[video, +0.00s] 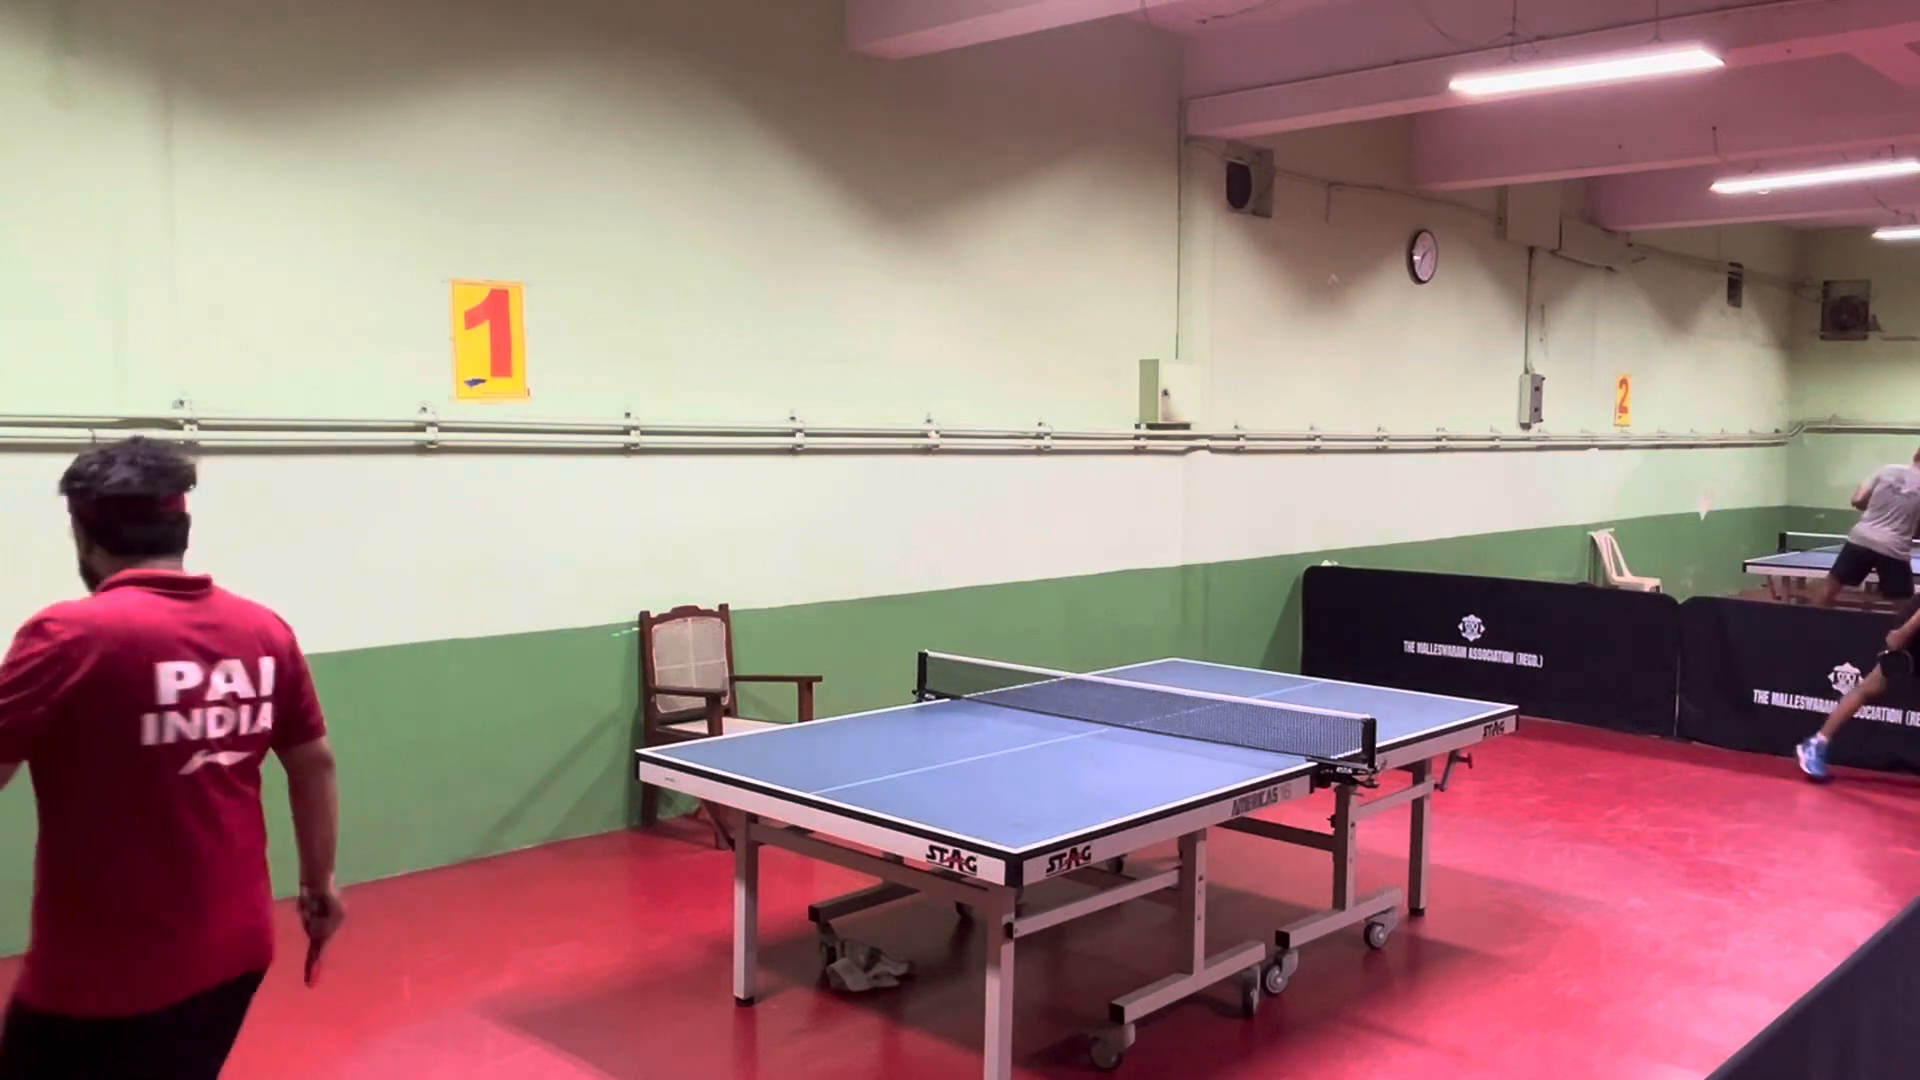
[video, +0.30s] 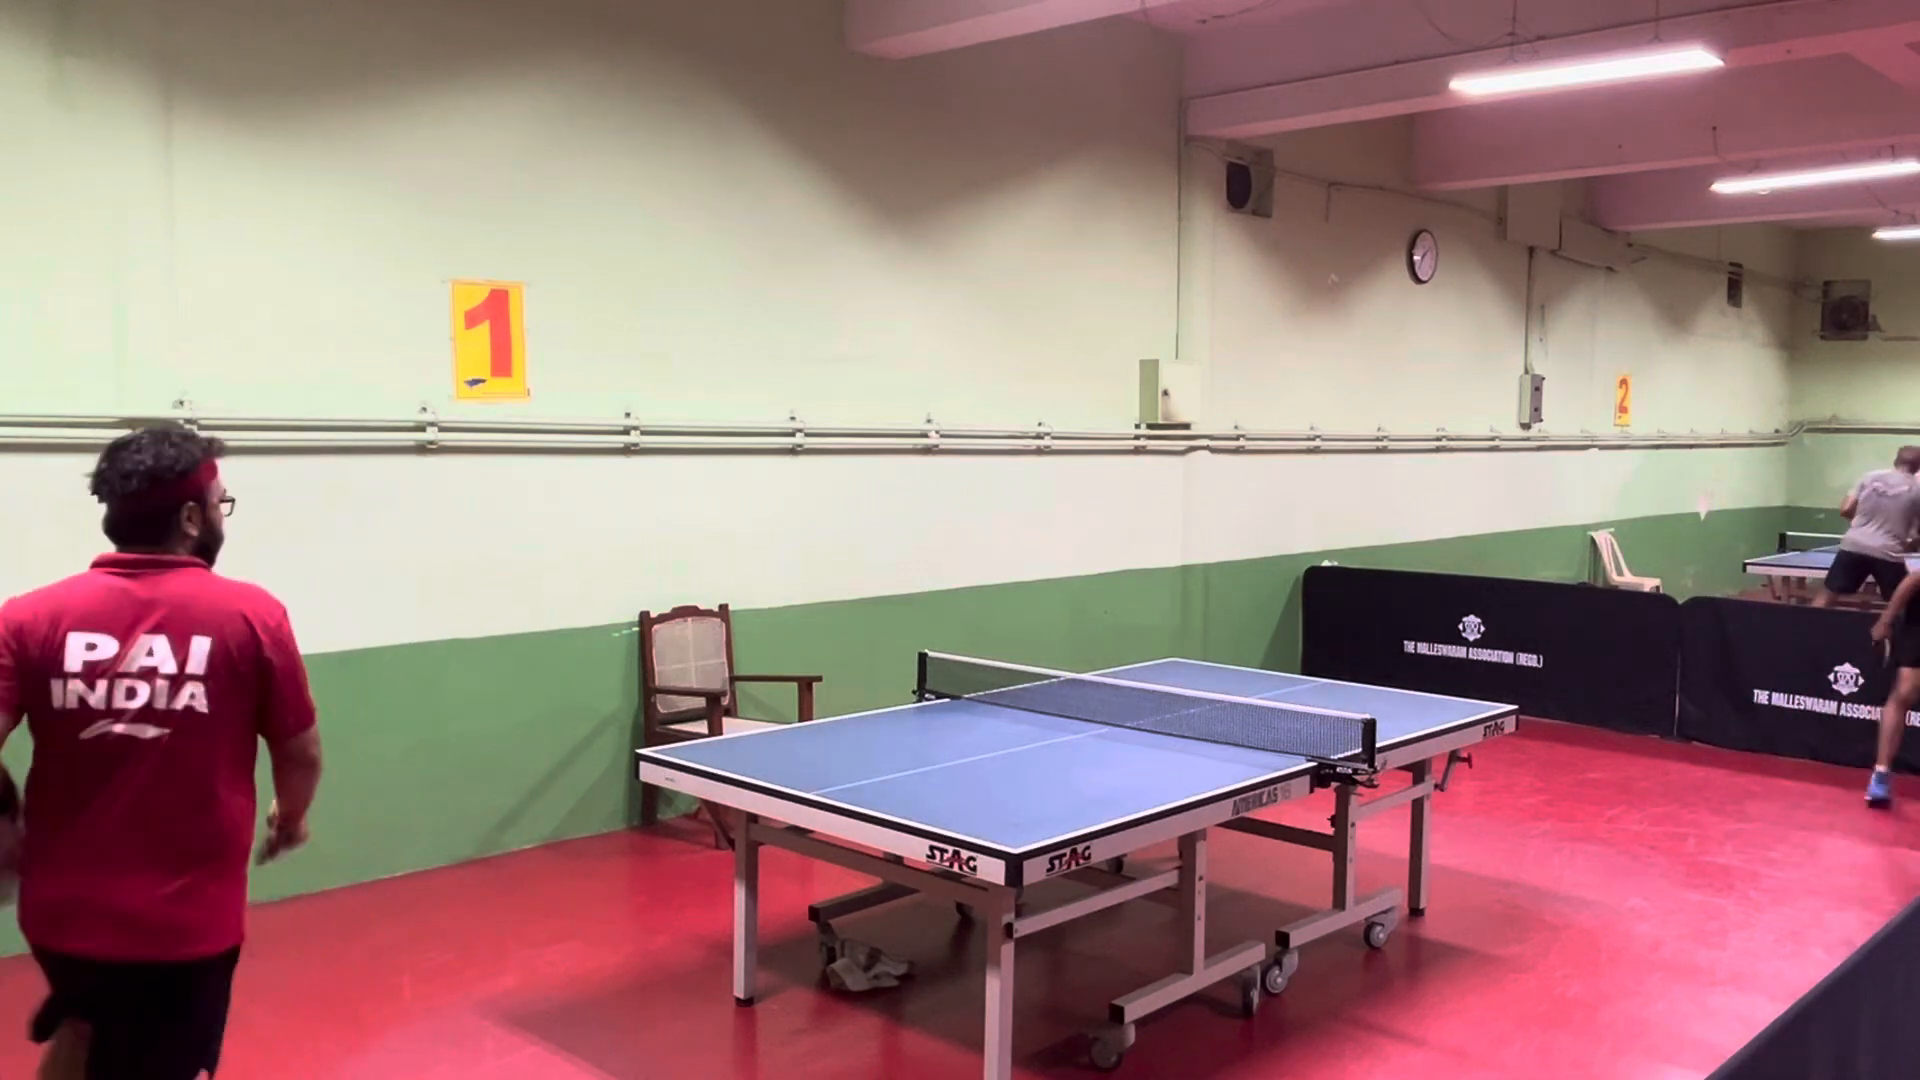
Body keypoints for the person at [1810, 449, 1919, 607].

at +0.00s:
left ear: (1914, 456)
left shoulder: (1887, 470)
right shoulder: (1918, 486)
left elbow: (1858, 500)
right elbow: (1916, 533)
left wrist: (1875, 508)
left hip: (1860, 542)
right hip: (1895, 552)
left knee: (1828, 591)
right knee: (1905, 610)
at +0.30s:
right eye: (1917, 465)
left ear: (1896, 461)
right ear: (1916, 466)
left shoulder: (1871, 477)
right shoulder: (1915, 488)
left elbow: (1846, 509)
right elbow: (1917, 538)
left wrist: (1864, 521)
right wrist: (1905, 546)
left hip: (1853, 548)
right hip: (1888, 555)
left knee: (1826, 596)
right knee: (1903, 609)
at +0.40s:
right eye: (1905, 467)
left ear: (1881, 465)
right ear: (1904, 468)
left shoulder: (1859, 483)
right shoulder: (1911, 493)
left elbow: (1837, 516)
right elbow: (1917, 536)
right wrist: (1902, 552)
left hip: (1847, 554)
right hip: (1883, 559)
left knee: (1820, 599)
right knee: (1903, 609)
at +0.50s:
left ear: (1860, 472)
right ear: (1883, 475)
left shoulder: (1842, 490)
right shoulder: (1896, 498)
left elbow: (1828, 524)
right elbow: (1903, 539)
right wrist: (1885, 554)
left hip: (1837, 560)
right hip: (1874, 564)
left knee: (1816, 599)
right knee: (1895, 605)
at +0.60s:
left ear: (1834, 478)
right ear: (1857, 480)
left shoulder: (1820, 496)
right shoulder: (1872, 501)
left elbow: (1812, 529)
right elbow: (1876, 532)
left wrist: (1817, 542)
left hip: (1824, 564)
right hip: (1859, 567)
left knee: (1796, 605)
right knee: (1885, 610)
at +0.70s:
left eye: (1802, 482)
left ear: (1803, 482)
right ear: (1825, 483)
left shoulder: (1795, 498)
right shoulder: (1840, 502)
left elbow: (1792, 531)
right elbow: (1843, 536)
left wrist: (1789, 544)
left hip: (1806, 565)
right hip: (1841, 566)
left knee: (1775, 604)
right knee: (1866, 608)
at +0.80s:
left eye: (1772, 490)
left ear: (1774, 489)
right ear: (1796, 489)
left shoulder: (1775, 498)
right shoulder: (1814, 504)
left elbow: (1772, 529)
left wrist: (1758, 544)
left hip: (1789, 564)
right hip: (1824, 564)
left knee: (1757, 604)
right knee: (1848, 611)